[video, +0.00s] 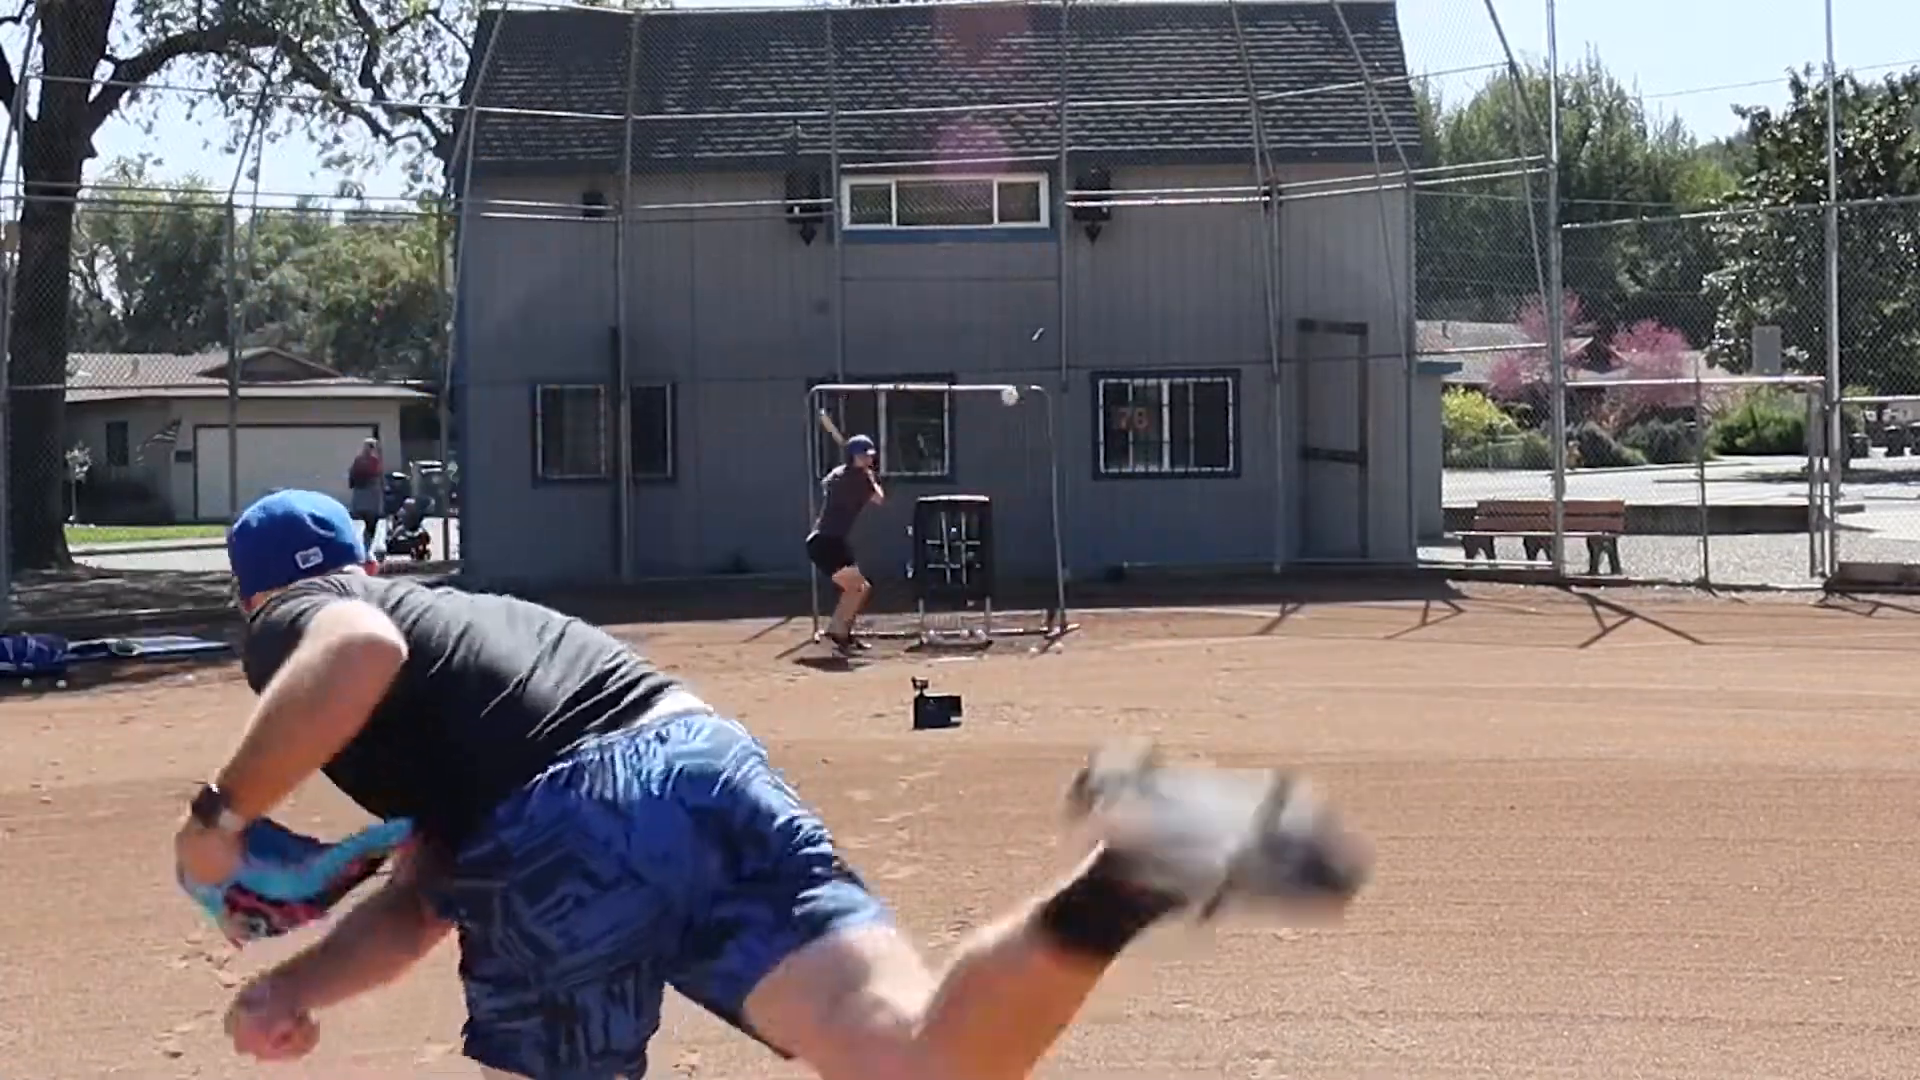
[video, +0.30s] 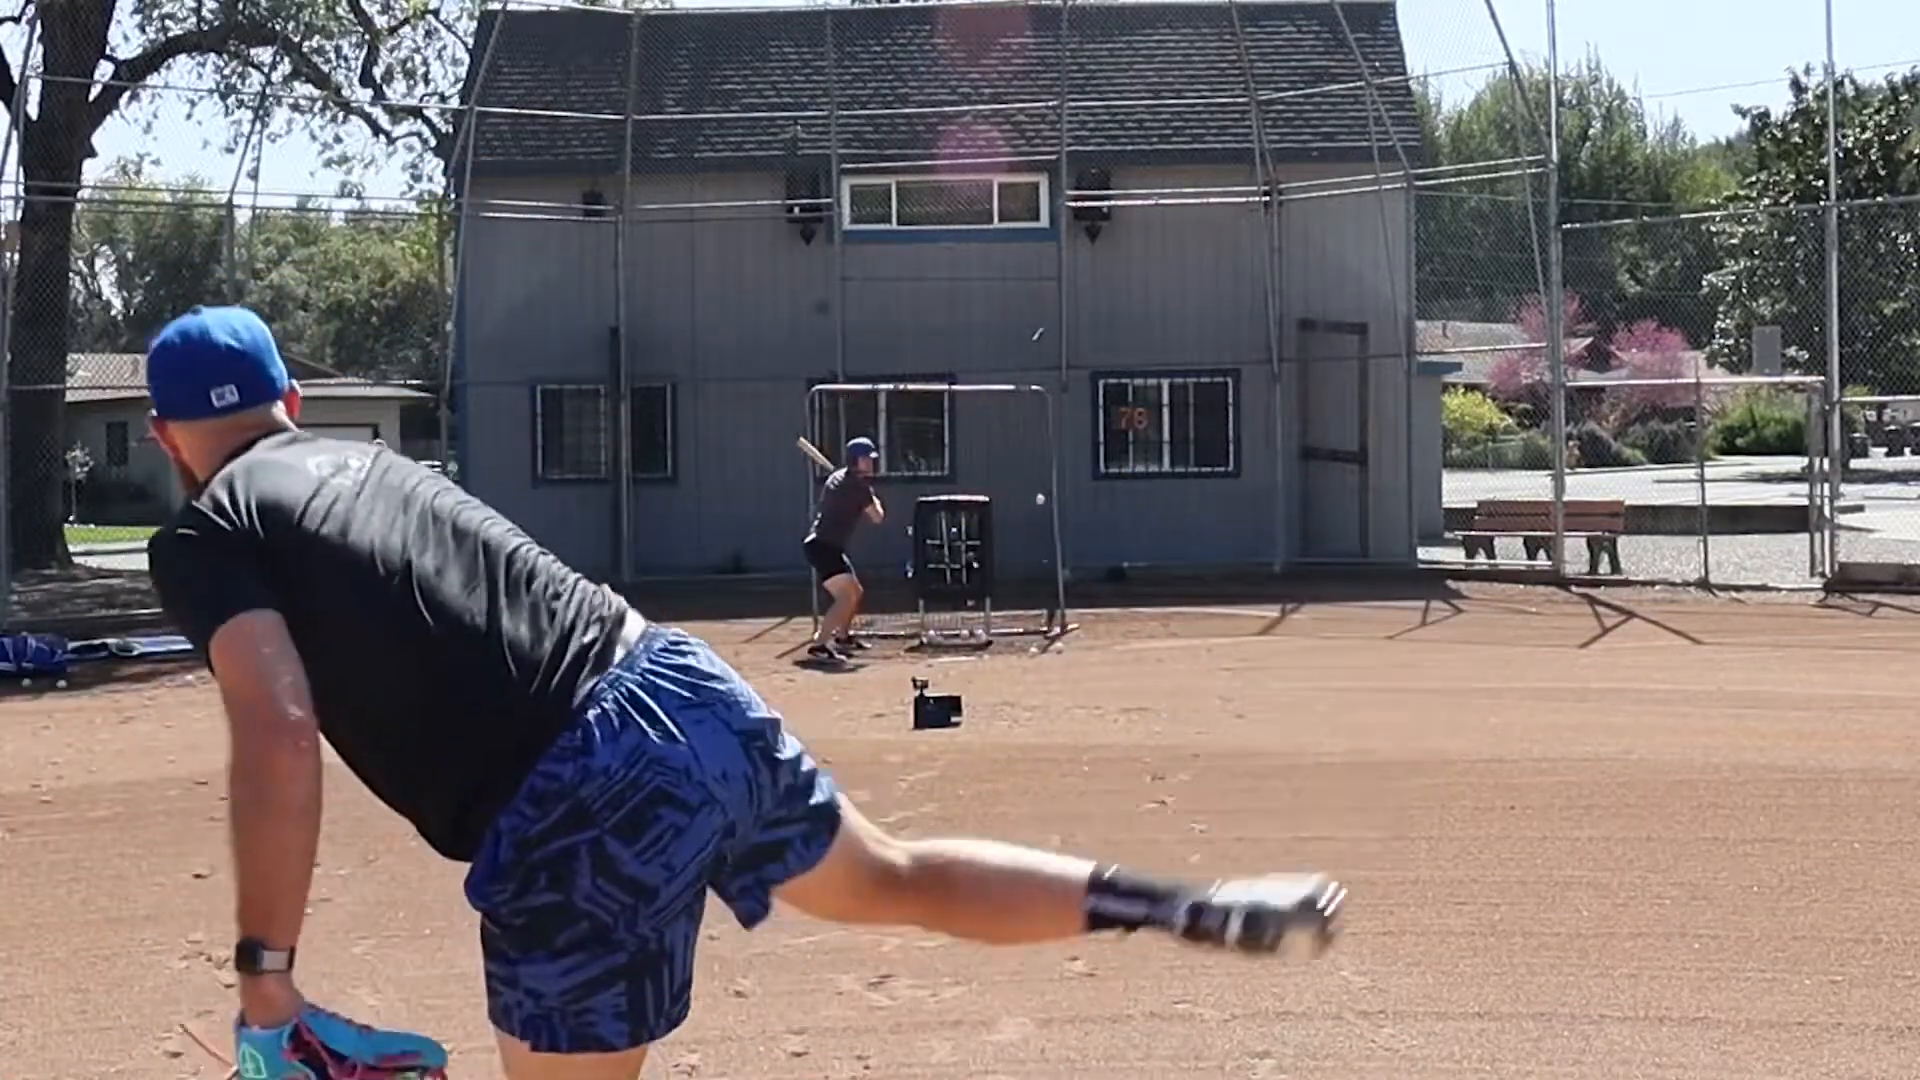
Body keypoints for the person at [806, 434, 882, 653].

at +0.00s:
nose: (870, 460)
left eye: (870, 456)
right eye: (867, 456)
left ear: (852, 458)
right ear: (857, 457)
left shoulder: (837, 473)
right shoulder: (859, 478)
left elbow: (824, 482)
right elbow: (879, 499)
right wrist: (871, 477)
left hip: (820, 538)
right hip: (830, 541)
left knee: (862, 587)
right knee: (855, 586)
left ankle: (844, 629)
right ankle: (837, 630)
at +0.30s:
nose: (871, 464)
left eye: (872, 459)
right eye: (867, 459)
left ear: (857, 462)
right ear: (856, 461)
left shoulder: (838, 476)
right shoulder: (855, 484)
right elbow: (877, 517)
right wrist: (870, 493)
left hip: (828, 544)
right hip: (823, 546)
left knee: (855, 591)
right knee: (846, 595)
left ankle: (842, 634)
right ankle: (820, 643)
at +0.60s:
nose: (868, 452)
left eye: (867, 447)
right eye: (864, 448)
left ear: (853, 449)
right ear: (852, 449)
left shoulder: (847, 470)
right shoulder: (846, 473)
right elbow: (848, 516)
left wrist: (862, 527)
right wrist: (866, 533)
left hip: (839, 541)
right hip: (830, 541)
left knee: (855, 591)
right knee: (843, 593)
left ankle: (844, 634)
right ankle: (821, 642)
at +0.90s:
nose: (862, 450)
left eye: (863, 446)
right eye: (857, 446)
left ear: (858, 448)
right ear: (846, 449)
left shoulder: (837, 466)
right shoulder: (850, 472)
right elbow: (876, 492)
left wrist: (868, 470)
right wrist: (879, 475)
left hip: (815, 537)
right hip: (829, 536)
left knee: (854, 580)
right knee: (874, 561)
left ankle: (841, 633)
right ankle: (854, 602)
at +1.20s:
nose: (860, 459)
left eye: (862, 455)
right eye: (856, 455)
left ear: (861, 456)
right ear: (845, 456)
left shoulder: (832, 472)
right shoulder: (852, 480)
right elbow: (874, 500)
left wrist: (862, 477)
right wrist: (868, 481)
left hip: (813, 538)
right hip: (824, 540)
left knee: (850, 587)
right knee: (856, 585)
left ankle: (841, 631)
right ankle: (837, 630)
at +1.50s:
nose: (864, 459)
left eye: (865, 454)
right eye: (861, 454)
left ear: (848, 455)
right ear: (850, 454)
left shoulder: (828, 467)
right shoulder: (849, 474)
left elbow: (814, 471)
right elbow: (864, 508)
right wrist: (858, 481)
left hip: (808, 534)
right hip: (810, 536)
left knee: (830, 589)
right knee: (827, 589)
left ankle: (832, 633)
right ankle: (818, 645)